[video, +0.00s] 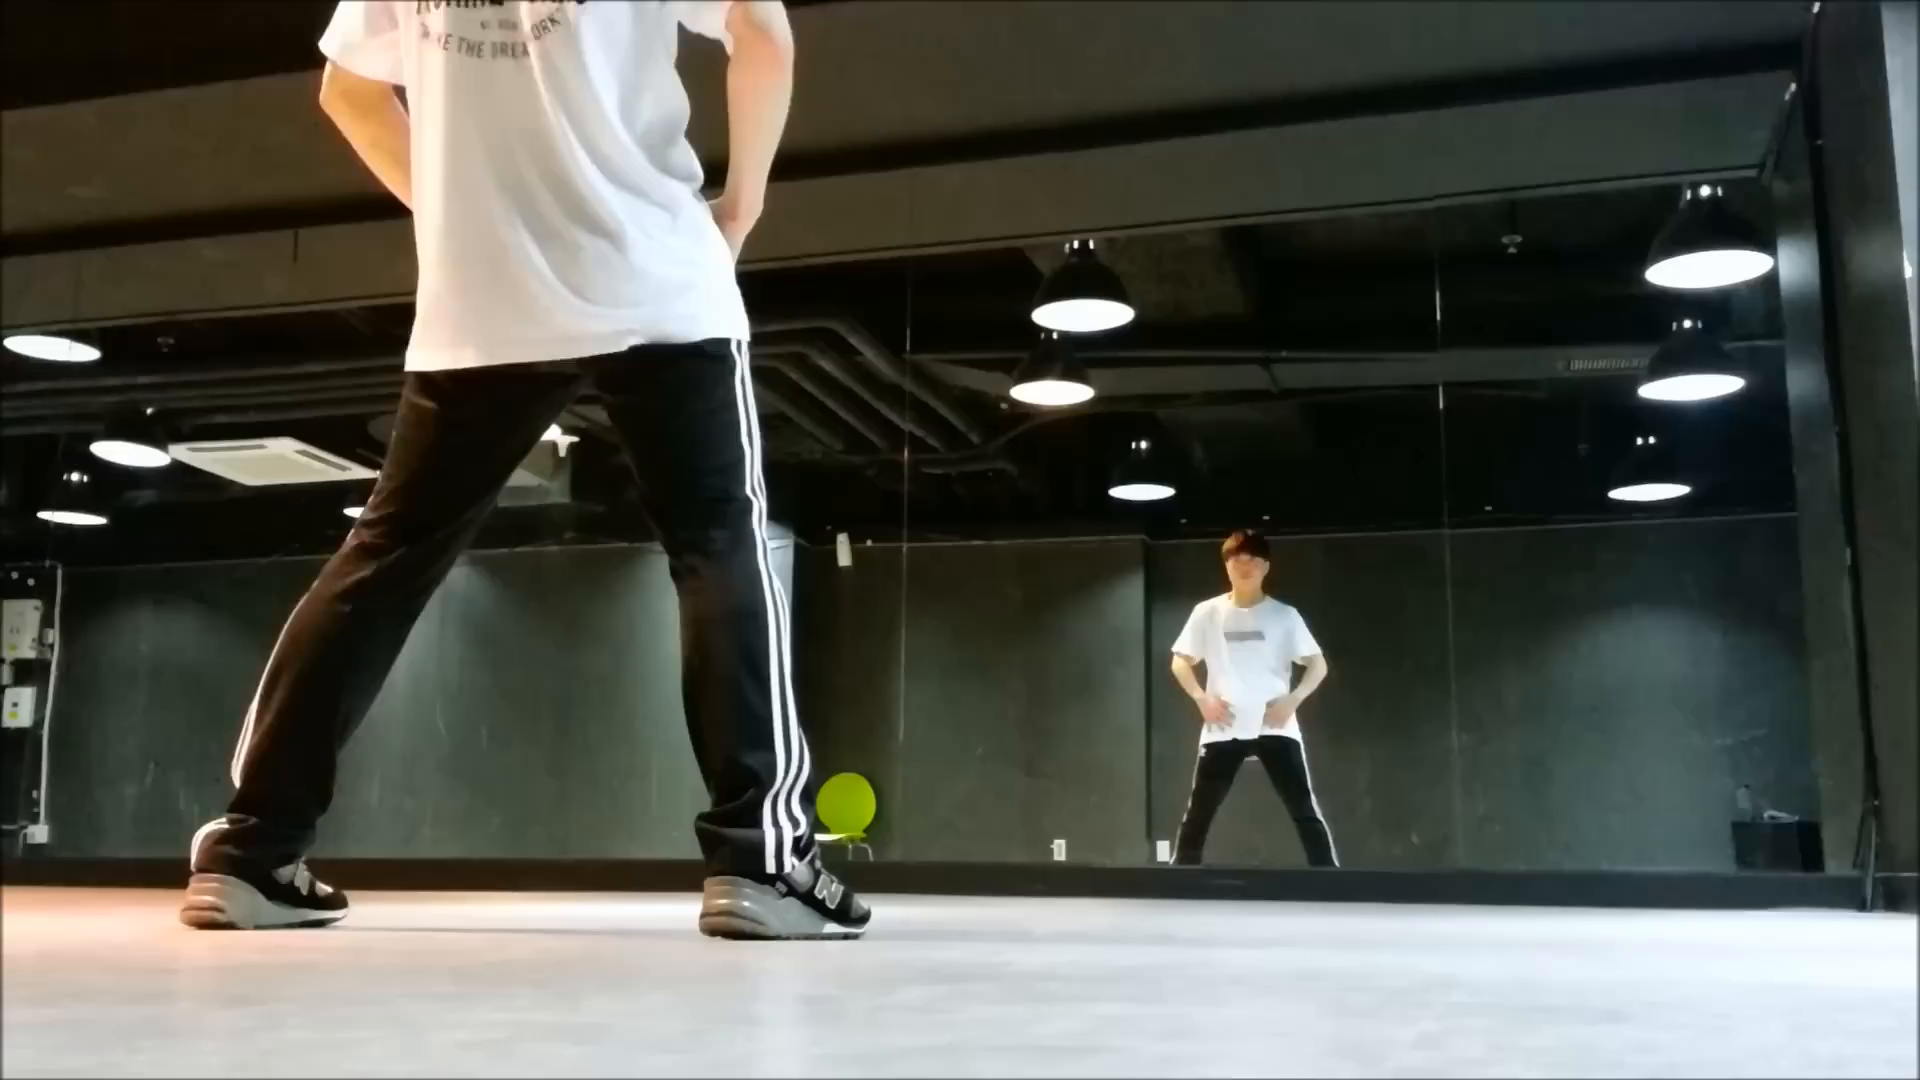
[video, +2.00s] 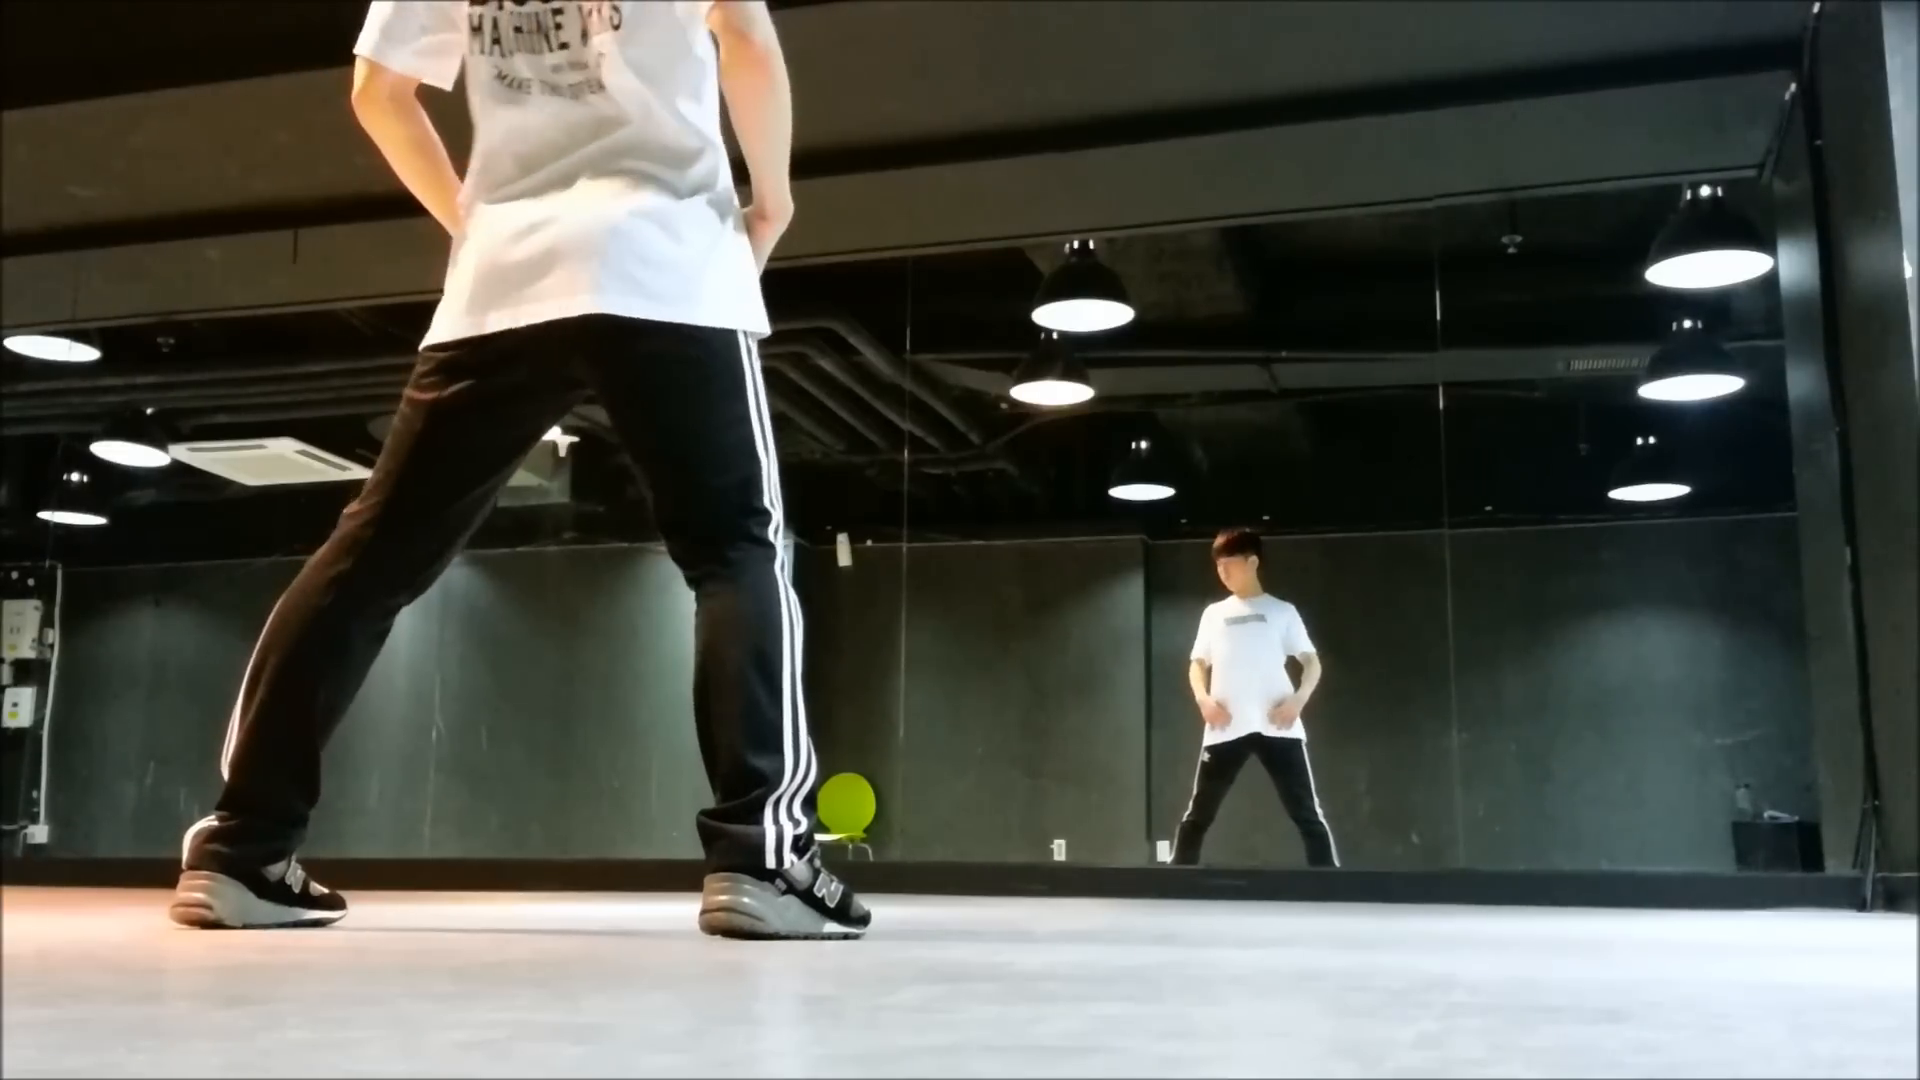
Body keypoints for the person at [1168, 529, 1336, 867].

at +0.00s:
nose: (1245, 567)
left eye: (1253, 560)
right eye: (1238, 560)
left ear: (1266, 566)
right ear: (1227, 566)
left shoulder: (1286, 616)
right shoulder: (1207, 613)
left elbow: (1318, 666)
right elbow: (1179, 663)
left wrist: (1291, 701)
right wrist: (1202, 699)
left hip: (1276, 730)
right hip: (1223, 730)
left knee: (1305, 813)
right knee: (1197, 815)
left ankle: (1332, 888)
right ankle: (1179, 890)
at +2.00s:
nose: (1223, 571)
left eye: (1230, 562)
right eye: (1219, 564)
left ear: (1253, 562)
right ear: (1217, 568)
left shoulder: (1283, 612)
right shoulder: (1213, 614)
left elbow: (1312, 664)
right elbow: (1197, 665)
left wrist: (1297, 700)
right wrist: (1204, 700)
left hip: (1279, 730)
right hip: (1226, 731)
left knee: (1307, 815)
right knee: (1197, 816)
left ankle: (1332, 890)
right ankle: (1176, 888)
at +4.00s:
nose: (1248, 566)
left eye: (1255, 558)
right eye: (1240, 559)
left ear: (1268, 563)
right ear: (1230, 565)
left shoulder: (1294, 610)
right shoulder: (1217, 616)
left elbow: (1321, 663)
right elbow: (1181, 661)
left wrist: (1294, 697)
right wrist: (1202, 694)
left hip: (1276, 728)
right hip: (1224, 729)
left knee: (1304, 812)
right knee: (1197, 814)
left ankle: (1331, 889)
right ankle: (1178, 890)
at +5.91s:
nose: (1220, 588)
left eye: (1224, 578)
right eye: (1212, 584)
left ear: (1244, 572)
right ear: (1209, 589)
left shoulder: (1287, 615)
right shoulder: (1209, 624)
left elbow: (1322, 664)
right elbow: (1178, 670)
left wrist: (1295, 706)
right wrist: (1200, 705)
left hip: (1276, 738)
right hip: (1223, 739)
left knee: (1305, 813)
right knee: (1187, 807)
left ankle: (1322, 890)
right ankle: (1183, 889)